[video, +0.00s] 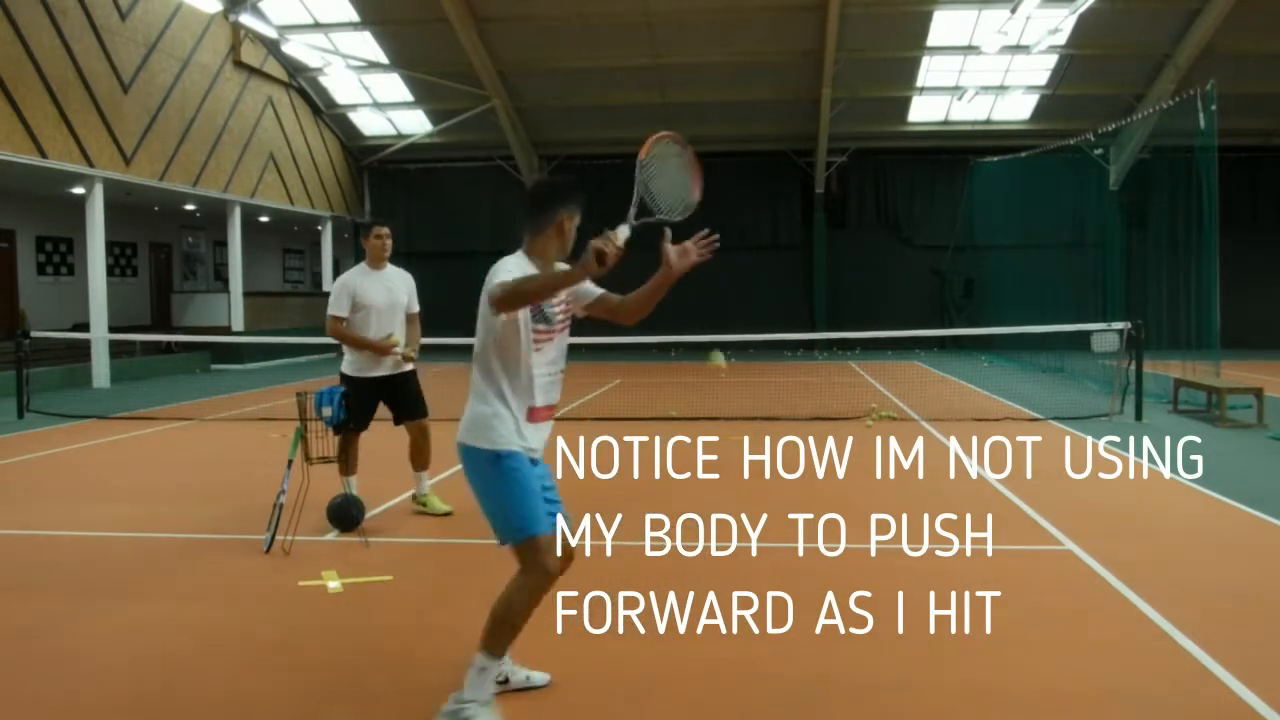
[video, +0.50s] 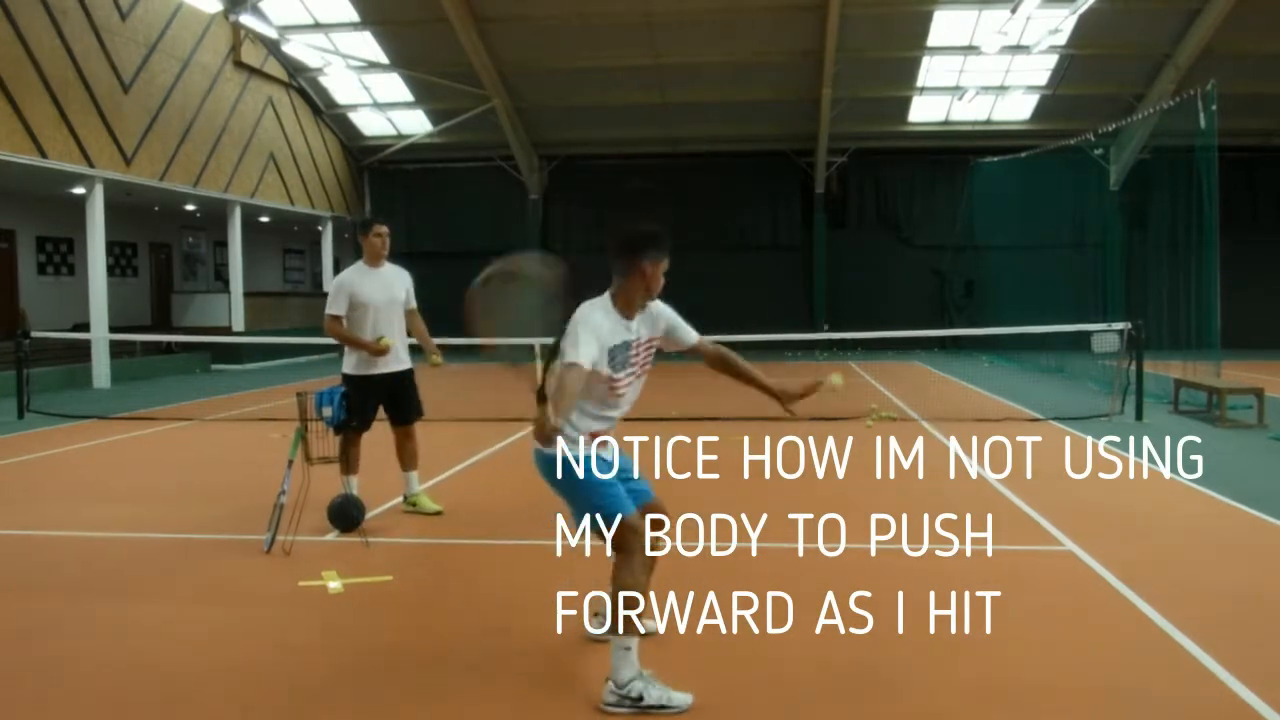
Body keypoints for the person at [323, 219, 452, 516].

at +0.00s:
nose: (385, 242)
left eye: (388, 238)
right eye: (378, 238)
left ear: (392, 243)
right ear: (365, 242)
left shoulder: (404, 279)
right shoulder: (348, 282)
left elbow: (413, 320)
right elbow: (334, 327)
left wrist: (412, 348)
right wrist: (373, 345)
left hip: (400, 371)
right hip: (359, 374)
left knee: (420, 426)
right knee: (350, 434)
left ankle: (422, 492)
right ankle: (349, 497)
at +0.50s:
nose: (384, 241)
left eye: (387, 236)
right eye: (377, 236)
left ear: (390, 241)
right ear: (362, 240)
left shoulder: (401, 276)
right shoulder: (346, 280)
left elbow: (412, 315)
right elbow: (332, 326)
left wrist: (429, 346)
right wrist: (366, 345)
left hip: (398, 370)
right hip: (360, 373)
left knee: (406, 428)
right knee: (352, 434)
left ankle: (413, 493)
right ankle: (350, 498)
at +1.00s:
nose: (394, 243)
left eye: (393, 237)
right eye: (389, 237)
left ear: (382, 241)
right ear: (372, 239)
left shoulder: (395, 276)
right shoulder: (346, 279)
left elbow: (404, 315)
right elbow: (331, 326)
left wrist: (425, 347)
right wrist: (367, 347)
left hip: (397, 370)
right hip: (360, 373)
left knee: (405, 429)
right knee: (351, 434)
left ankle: (413, 492)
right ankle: (350, 498)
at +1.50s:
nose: (395, 247)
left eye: (394, 241)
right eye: (393, 241)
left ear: (379, 242)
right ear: (381, 242)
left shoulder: (391, 277)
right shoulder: (347, 278)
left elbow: (401, 318)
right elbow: (329, 325)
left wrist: (437, 334)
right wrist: (366, 348)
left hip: (397, 371)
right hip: (360, 375)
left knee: (412, 429)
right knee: (353, 437)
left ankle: (413, 492)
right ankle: (351, 502)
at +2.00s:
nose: (439, 264)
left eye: (442, 258)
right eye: (432, 258)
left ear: (446, 262)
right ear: (418, 260)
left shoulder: (448, 294)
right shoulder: (390, 292)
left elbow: (451, 342)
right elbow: (365, 329)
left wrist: (469, 379)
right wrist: (385, 362)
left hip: (429, 379)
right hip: (386, 381)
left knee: (450, 436)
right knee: (372, 441)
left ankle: (456, 499)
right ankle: (352, 497)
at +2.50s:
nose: (448, 262)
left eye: (453, 257)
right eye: (443, 255)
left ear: (460, 261)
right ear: (432, 258)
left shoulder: (462, 293)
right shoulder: (411, 288)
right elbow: (387, 325)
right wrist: (394, 359)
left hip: (444, 378)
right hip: (406, 376)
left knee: (445, 442)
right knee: (379, 436)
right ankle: (359, 491)